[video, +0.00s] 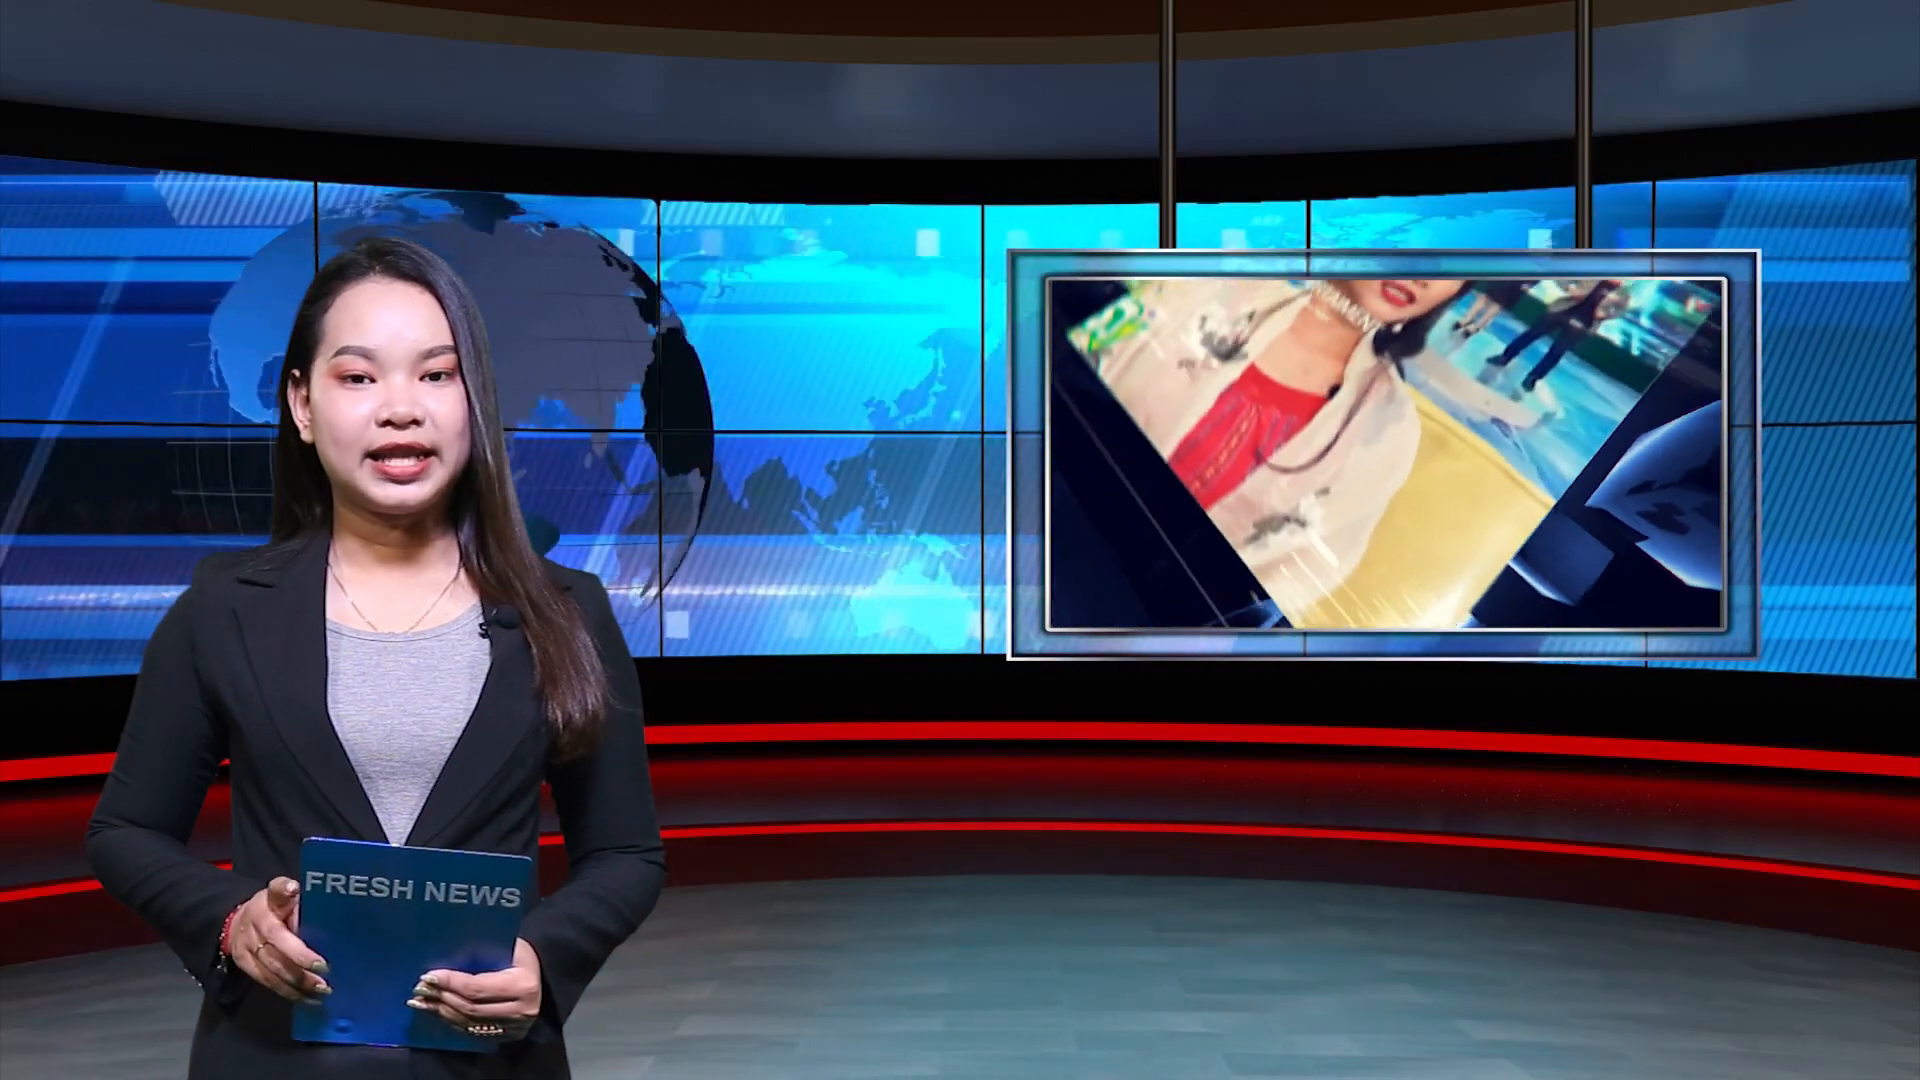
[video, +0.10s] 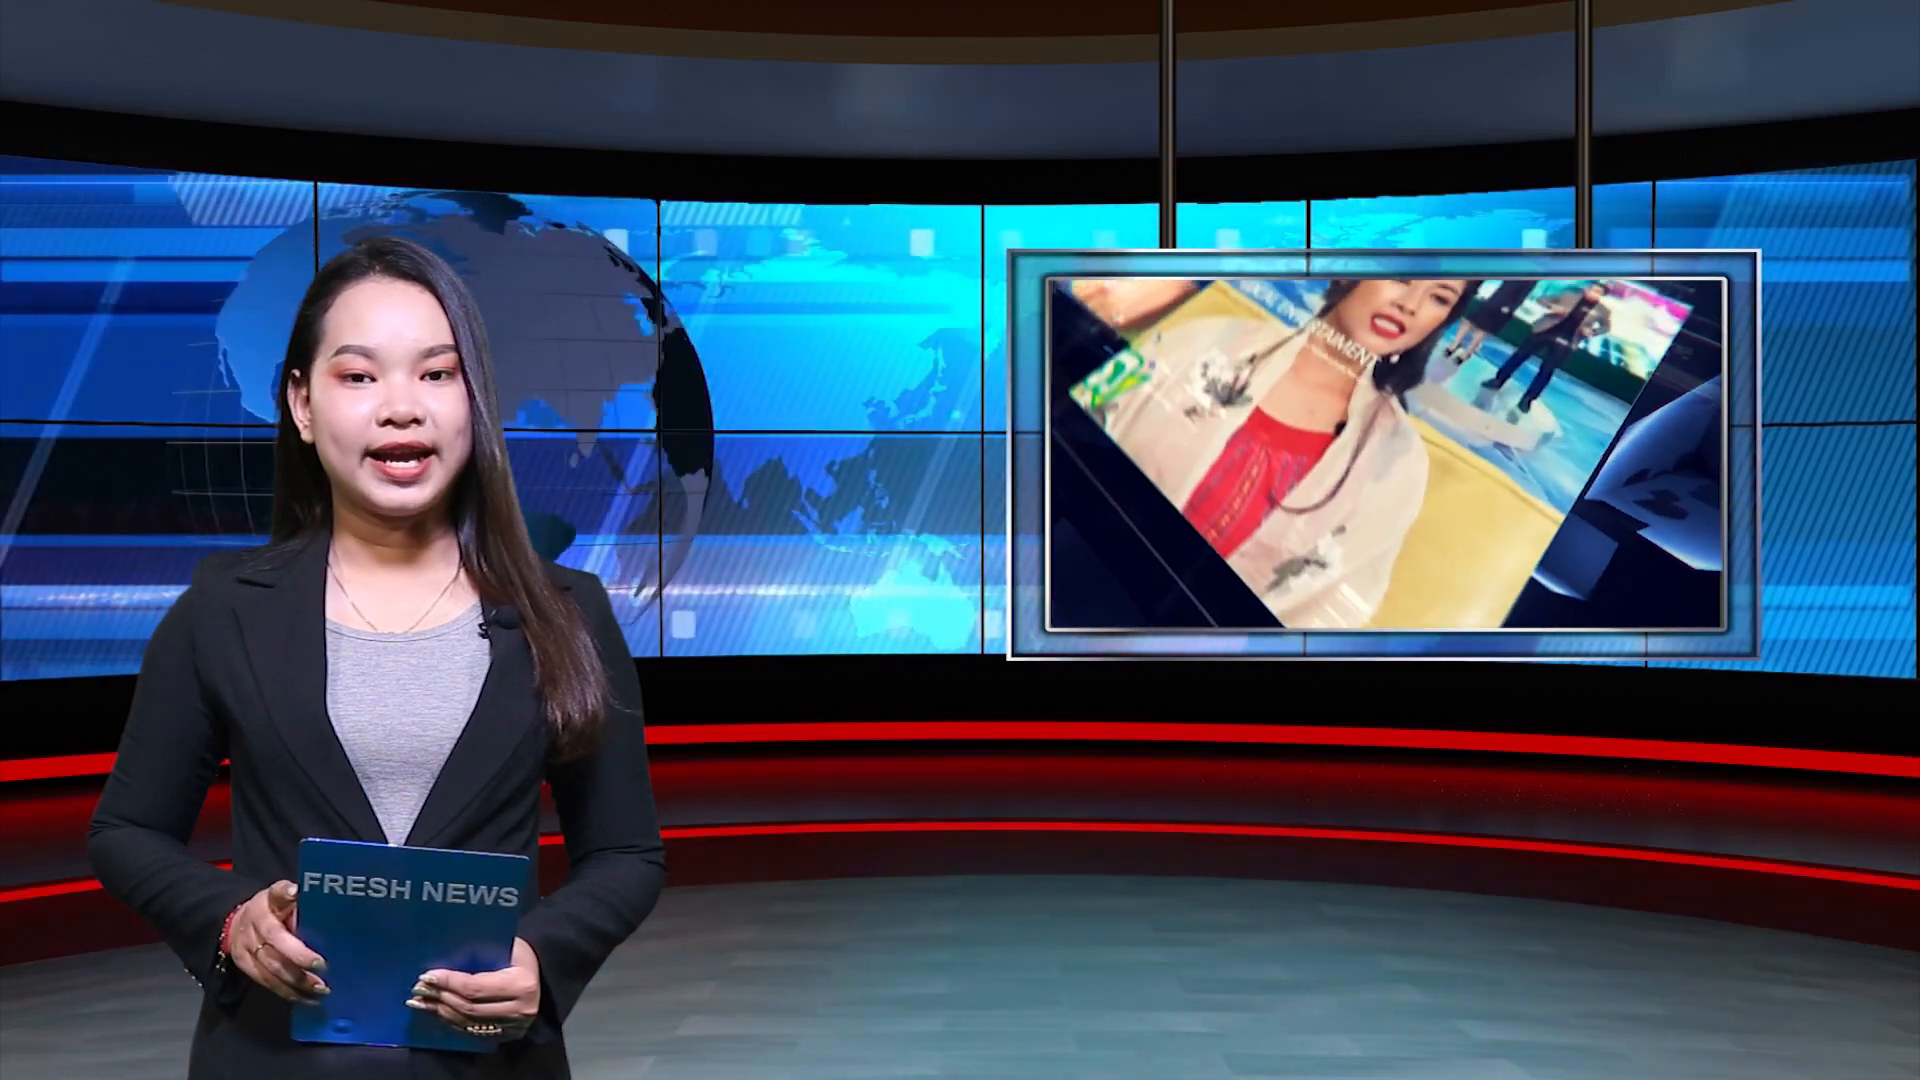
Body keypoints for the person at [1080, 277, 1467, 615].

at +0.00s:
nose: (1425, 269)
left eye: (1454, 264)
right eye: (1419, 226)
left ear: (1459, 293)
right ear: (1368, 206)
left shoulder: (1389, 426)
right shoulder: (1214, 275)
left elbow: (1314, 567)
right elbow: (1071, 366)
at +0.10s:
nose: (1410, 304)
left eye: (1440, 298)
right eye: (1401, 273)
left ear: (1446, 321)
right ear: (1352, 261)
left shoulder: (1398, 464)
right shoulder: (1205, 344)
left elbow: (1336, 617)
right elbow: (1076, 445)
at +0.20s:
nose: (1406, 322)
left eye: (1434, 314)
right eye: (1395, 295)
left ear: (1440, 339)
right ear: (1348, 290)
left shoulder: (1407, 480)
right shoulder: (1213, 371)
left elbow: (1363, 629)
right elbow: (1089, 474)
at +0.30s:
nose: (1404, 339)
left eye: (1429, 331)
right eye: (1389, 317)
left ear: (1439, 361)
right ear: (1345, 321)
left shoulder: (1426, 504)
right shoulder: (1217, 406)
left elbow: (1393, 652)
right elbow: (1107, 526)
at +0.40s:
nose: (1404, 348)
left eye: (1430, 339)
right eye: (1390, 327)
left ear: (1442, 370)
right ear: (1348, 338)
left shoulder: (1439, 517)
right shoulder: (1229, 423)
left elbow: (1414, 666)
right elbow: (1115, 533)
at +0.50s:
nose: (1409, 364)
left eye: (1434, 352)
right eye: (1393, 342)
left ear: (1450, 380)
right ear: (1353, 353)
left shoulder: (1462, 528)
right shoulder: (1243, 448)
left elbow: (1458, 670)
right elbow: (1132, 571)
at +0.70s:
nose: (1428, 380)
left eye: (1453, 367)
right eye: (1410, 361)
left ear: (1473, 394)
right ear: (1372, 375)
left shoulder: (1501, 539)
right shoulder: (1273, 476)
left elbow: (1512, 681)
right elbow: (1172, 605)